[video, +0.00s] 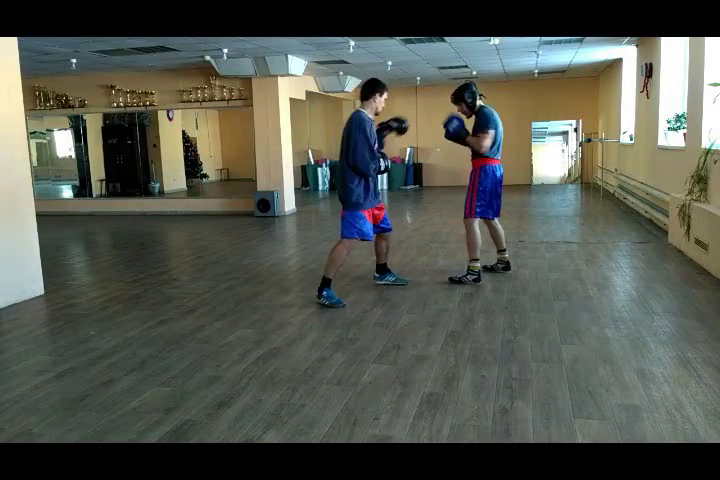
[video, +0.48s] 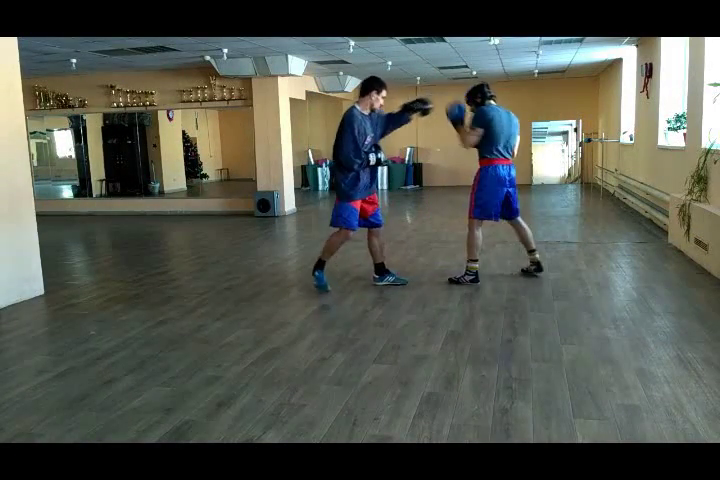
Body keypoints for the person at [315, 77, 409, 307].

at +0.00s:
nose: (384, 104)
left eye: (385, 100)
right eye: (384, 99)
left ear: (371, 97)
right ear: (375, 97)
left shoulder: (366, 121)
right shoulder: (360, 121)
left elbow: (370, 148)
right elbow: (361, 162)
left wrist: (384, 131)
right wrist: (383, 163)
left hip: (369, 191)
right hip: (356, 193)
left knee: (384, 231)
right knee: (349, 239)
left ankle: (382, 271)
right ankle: (324, 288)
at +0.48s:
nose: (383, 103)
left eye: (384, 98)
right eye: (382, 97)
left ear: (370, 95)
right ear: (371, 94)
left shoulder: (375, 118)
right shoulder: (352, 118)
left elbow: (392, 120)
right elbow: (346, 158)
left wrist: (409, 110)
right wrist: (372, 158)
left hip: (367, 184)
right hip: (350, 186)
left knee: (375, 228)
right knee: (346, 231)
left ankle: (381, 272)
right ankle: (319, 267)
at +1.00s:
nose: (385, 106)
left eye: (387, 102)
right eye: (383, 101)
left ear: (380, 102)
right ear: (372, 100)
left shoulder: (382, 123)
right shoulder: (353, 124)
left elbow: (389, 141)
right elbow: (344, 161)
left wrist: (407, 121)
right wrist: (373, 162)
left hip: (375, 188)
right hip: (351, 189)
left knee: (386, 224)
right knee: (336, 229)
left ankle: (388, 265)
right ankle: (317, 272)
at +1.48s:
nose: (384, 104)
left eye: (385, 100)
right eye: (382, 100)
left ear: (375, 100)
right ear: (370, 98)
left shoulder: (383, 119)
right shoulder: (350, 121)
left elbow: (394, 139)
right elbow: (344, 155)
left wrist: (409, 123)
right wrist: (371, 156)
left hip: (378, 182)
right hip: (354, 184)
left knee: (385, 223)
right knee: (345, 222)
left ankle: (390, 263)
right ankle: (332, 260)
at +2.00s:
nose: (404, 112)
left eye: (406, 108)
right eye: (402, 107)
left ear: (401, 108)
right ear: (389, 104)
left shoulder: (402, 125)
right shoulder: (372, 125)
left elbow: (423, 120)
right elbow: (356, 153)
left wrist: (443, 113)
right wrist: (381, 163)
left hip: (391, 183)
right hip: (369, 184)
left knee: (401, 219)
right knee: (358, 219)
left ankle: (406, 260)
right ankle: (339, 257)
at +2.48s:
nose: (387, 108)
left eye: (388, 104)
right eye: (384, 104)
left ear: (388, 103)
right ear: (372, 102)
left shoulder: (388, 121)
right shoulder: (360, 126)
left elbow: (391, 147)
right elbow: (355, 158)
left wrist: (403, 151)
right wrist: (382, 157)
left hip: (390, 178)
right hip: (369, 181)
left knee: (403, 214)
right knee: (362, 219)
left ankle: (408, 254)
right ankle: (349, 257)